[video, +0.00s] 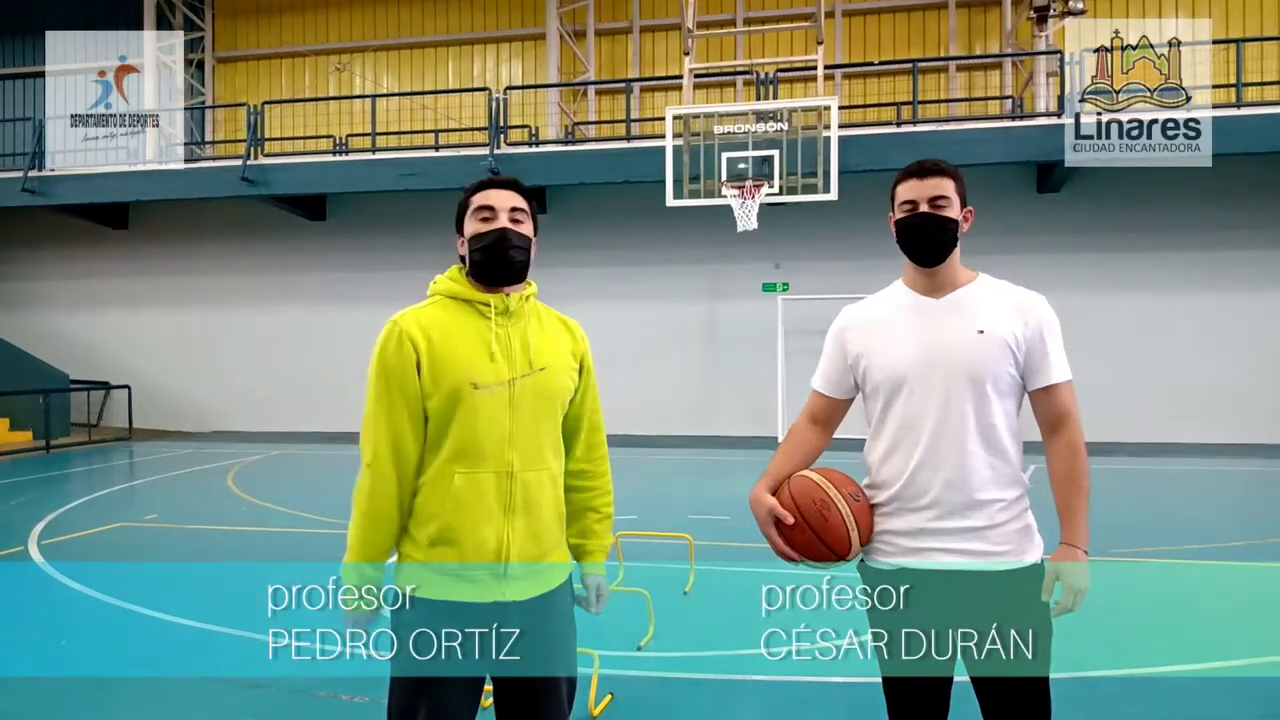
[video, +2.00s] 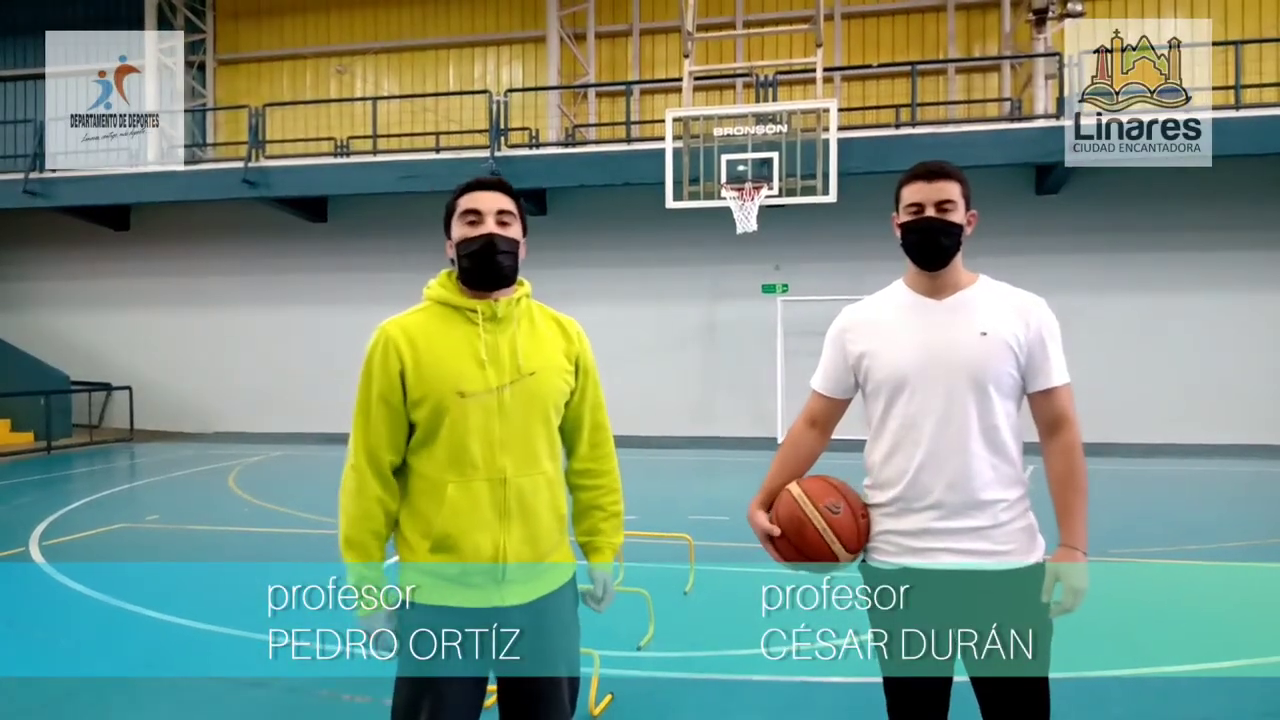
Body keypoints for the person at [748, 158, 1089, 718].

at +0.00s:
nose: (923, 217)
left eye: (939, 205)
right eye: (908, 208)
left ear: (966, 218)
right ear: (892, 226)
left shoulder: (1022, 313)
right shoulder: (857, 324)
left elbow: (1062, 430)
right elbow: (815, 424)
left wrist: (1073, 544)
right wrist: (762, 487)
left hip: (1003, 561)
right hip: (899, 563)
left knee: (1019, 710)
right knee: (913, 712)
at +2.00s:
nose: (929, 219)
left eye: (944, 208)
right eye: (914, 210)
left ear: (969, 221)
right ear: (896, 226)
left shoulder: (1023, 316)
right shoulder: (858, 324)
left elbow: (1059, 432)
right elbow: (813, 425)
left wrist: (1072, 546)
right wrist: (760, 503)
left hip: (1004, 561)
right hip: (900, 563)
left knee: (1019, 709)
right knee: (913, 712)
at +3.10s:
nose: (926, 217)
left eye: (941, 206)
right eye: (911, 208)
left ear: (967, 221)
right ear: (894, 227)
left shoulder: (1022, 313)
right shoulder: (858, 324)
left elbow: (1062, 429)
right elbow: (816, 426)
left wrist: (1075, 543)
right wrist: (763, 504)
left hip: (1005, 561)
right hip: (901, 563)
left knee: (1019, 710)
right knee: (914, 713)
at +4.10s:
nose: (934, 216)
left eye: (949, 206)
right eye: (919, 207)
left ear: (974, 221)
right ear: (901, 224)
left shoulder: (1026, 315)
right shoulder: (861, 321)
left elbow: (1062, 431)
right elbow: (816, 423)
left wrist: (1076, 545)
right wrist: (762, 501)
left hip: (1005, 561)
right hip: (902, 562)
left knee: (1017, 710)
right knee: (914, 713)